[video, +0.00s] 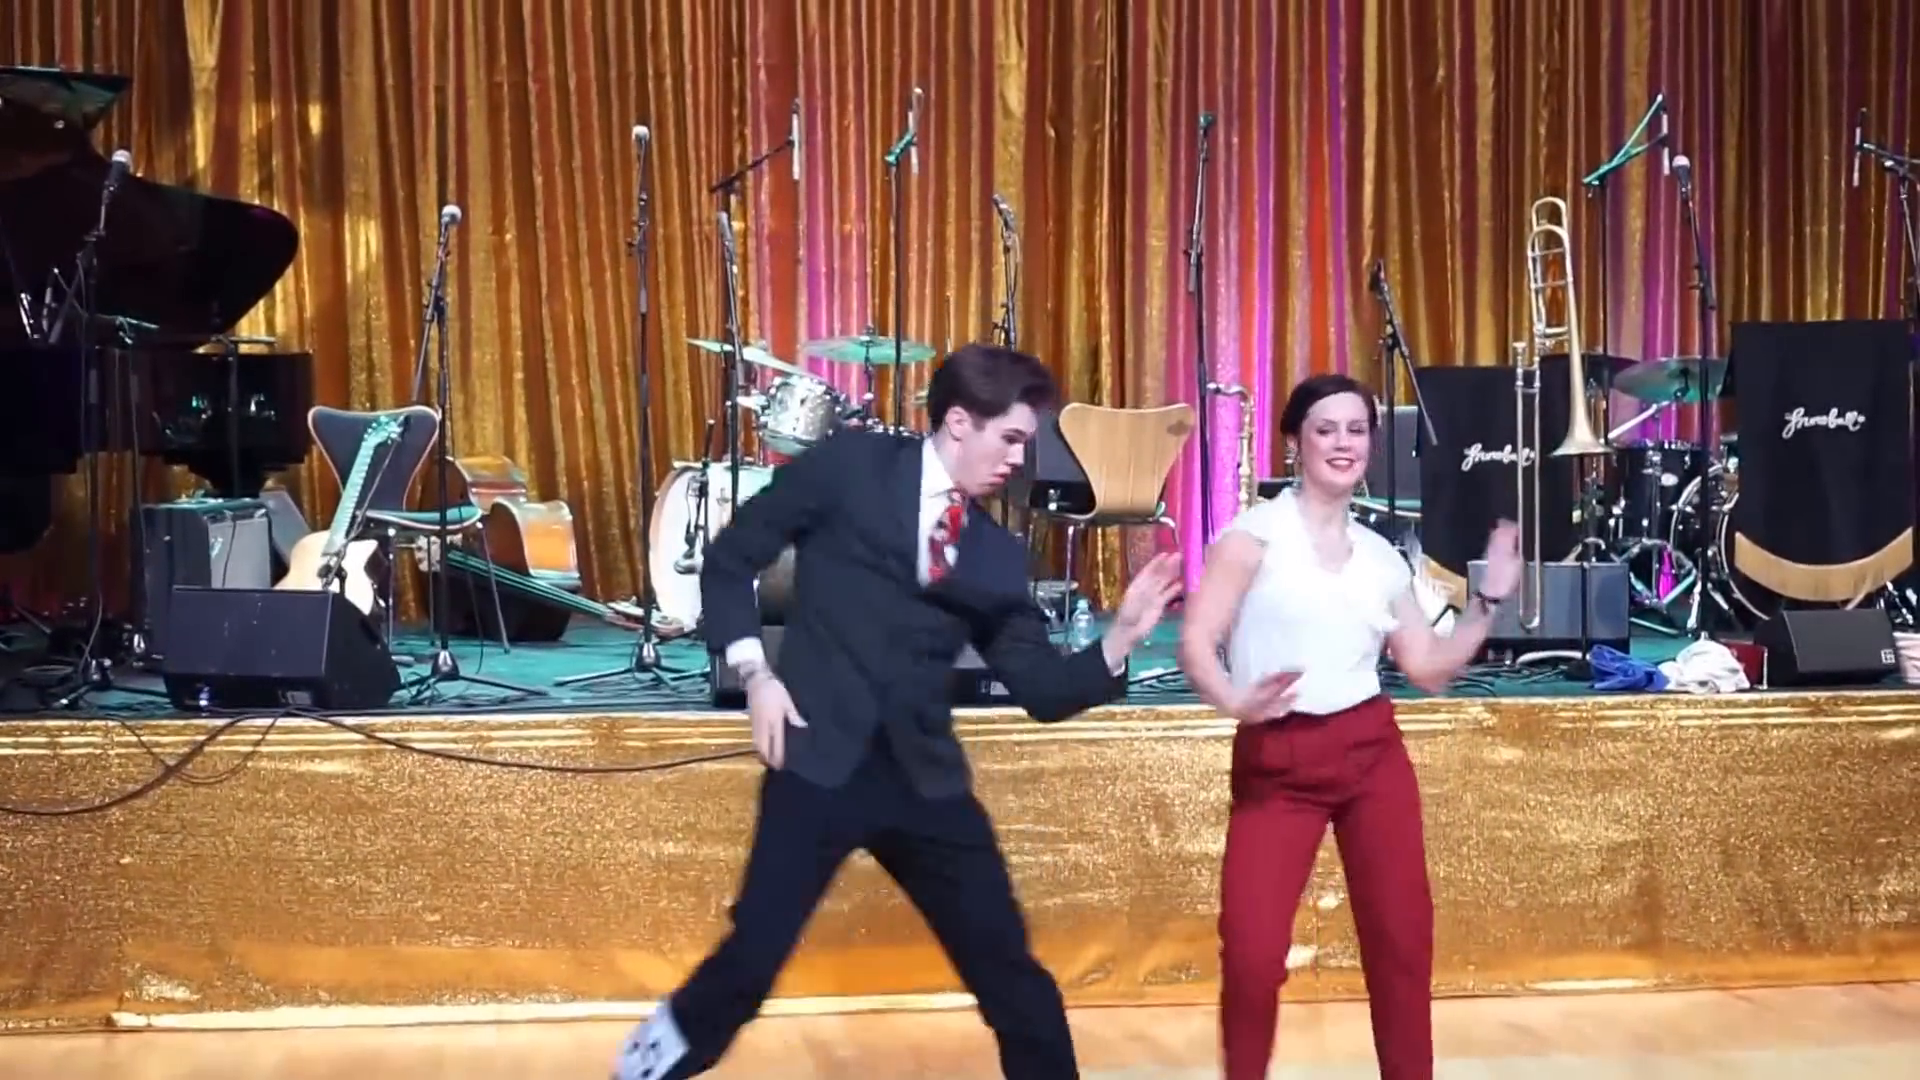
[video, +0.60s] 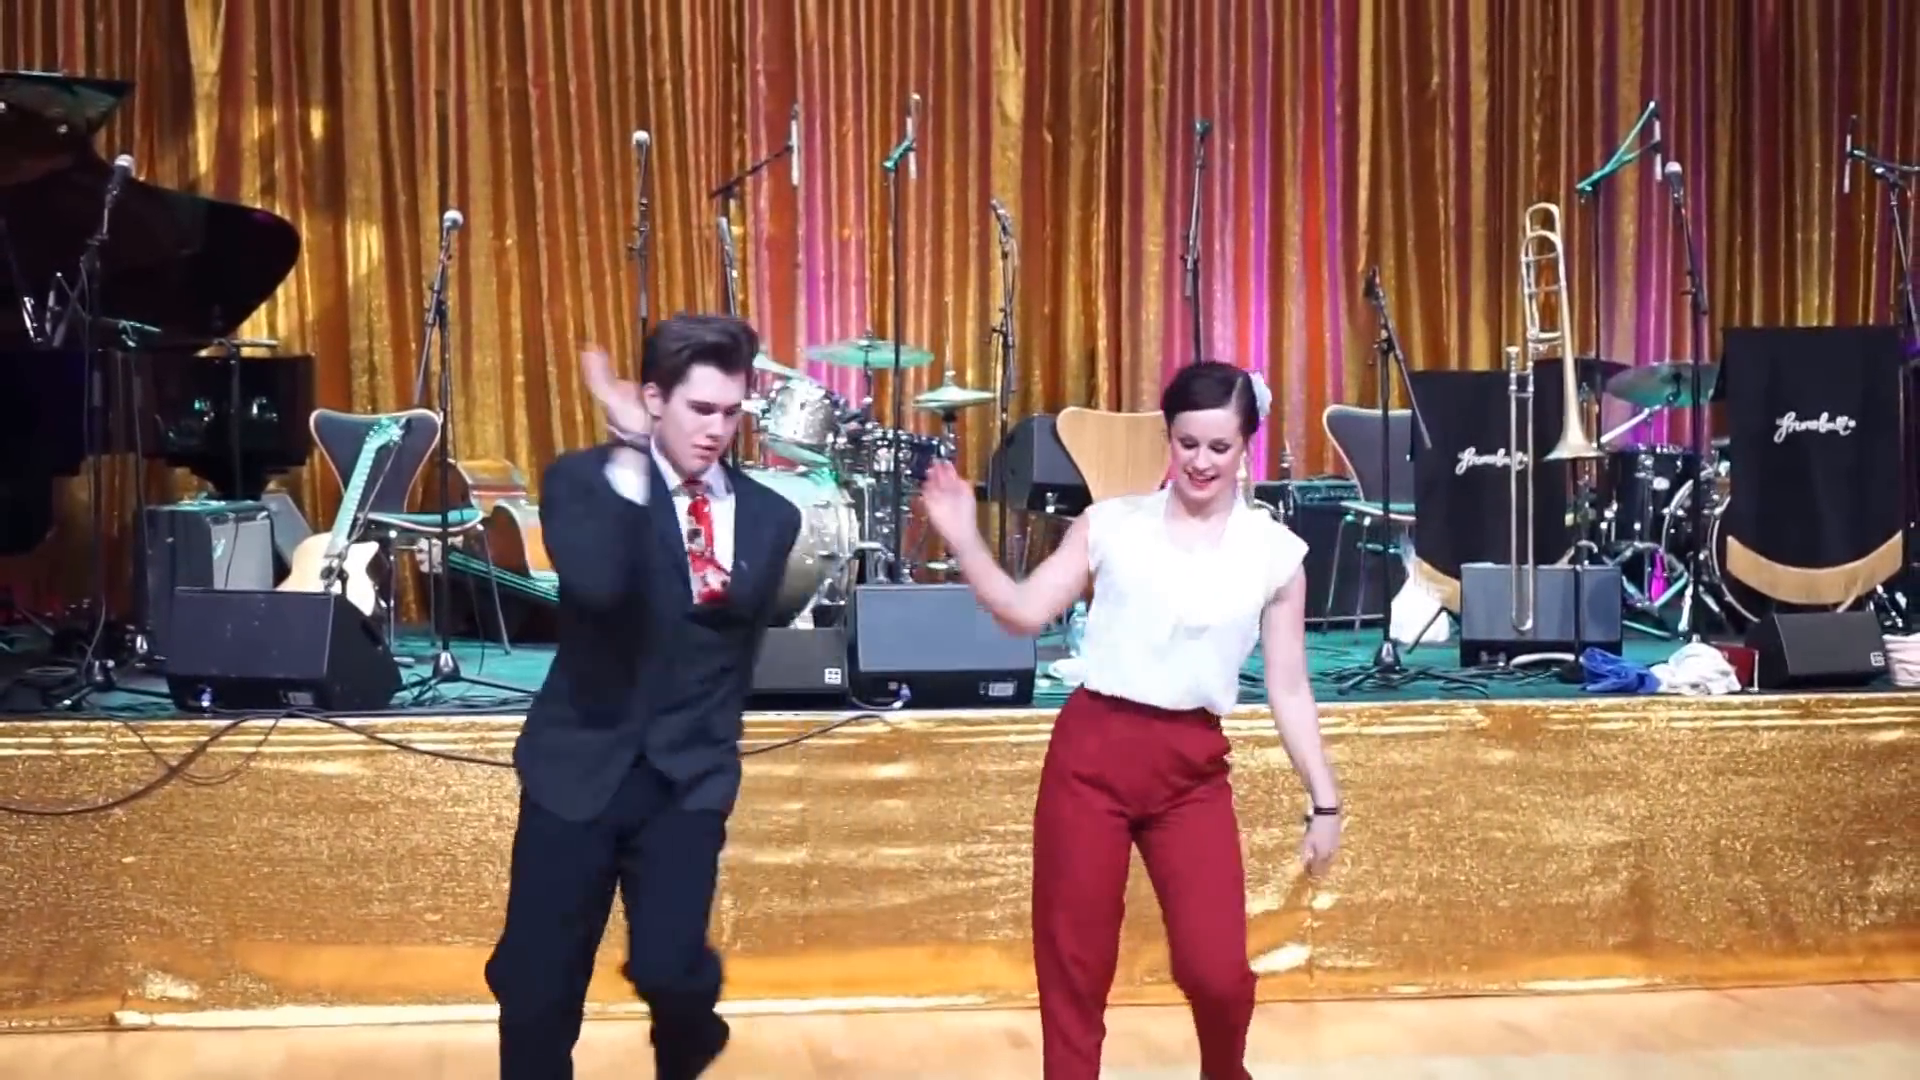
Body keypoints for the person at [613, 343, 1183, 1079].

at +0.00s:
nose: (1021, 460)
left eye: (1028, 444)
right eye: (1012, 438)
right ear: (955, 422)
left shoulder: (997, 556)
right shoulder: (848, 464)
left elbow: (1046, 694)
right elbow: (729, 557)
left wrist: (1121, 639)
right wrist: (754, 674)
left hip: (924, 771)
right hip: (818, 753)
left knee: (1013, 982)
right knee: (751, 963)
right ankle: (643, 1068)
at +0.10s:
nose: (977, 456)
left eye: (987, 440)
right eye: (970, 432)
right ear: (914, 412)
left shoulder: (942, 545)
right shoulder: (806, 436)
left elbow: (1012, 669)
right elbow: (692, 530)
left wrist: (1108, 621)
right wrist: (695, 633)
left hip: (850, 768)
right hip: (749, 746)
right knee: (685, 933)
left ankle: (941, 1076)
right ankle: (603, 1072)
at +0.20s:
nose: (928, 456)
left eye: (937, 441)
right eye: (922, 433)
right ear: (865, 411)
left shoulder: (897, 557)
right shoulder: (751, 441)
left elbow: (971, 666)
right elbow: (632, 533)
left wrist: (1078, 612)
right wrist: (642, 624)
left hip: (785, 785)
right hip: (680, 755)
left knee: (813, 1001)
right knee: (620, 973)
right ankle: (581, 1076)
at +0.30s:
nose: (885, 447)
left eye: (892, 431)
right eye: (878, 424)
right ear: (821, 407)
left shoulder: (857, 553)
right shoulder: (708, 433)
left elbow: (931, 661)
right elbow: (587, 517)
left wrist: (1049, 619)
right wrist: (598, 595)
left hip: (734, 768)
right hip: (628, 739)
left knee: (766, 999)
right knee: (581, 981)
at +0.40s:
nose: (847, 436)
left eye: (855, 421)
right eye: (838, 414)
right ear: (777, 399)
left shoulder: (826, 540)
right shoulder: (663, 434)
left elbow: (880, 656)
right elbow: (549, 513)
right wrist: (569, 546)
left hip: (699, 752)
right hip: (594, 732)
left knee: (746, 985)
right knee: (563, 983)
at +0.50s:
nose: (783, 425)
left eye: (791, 407)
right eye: (768, 404)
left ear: (796, 406)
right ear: (710, 395)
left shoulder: (799, 537)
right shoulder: (617, 452)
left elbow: (809, 700)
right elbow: (499, 562)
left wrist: (827, 847)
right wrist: (559, 473)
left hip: (692, 777)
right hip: (577, 768)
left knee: (760, 975)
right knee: (540, 1021)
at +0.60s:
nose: (719, 429)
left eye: (732, 412)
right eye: (703, 409)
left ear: (746, 411)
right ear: (654, 401)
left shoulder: (769, 519)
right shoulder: (582, 480)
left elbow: (737, 653)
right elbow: (593, 585)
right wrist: (630, 456)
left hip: (689, 778)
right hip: (576, 768)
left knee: (669, 970)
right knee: (535, 989)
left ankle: (686, 1061)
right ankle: (537, 1078)